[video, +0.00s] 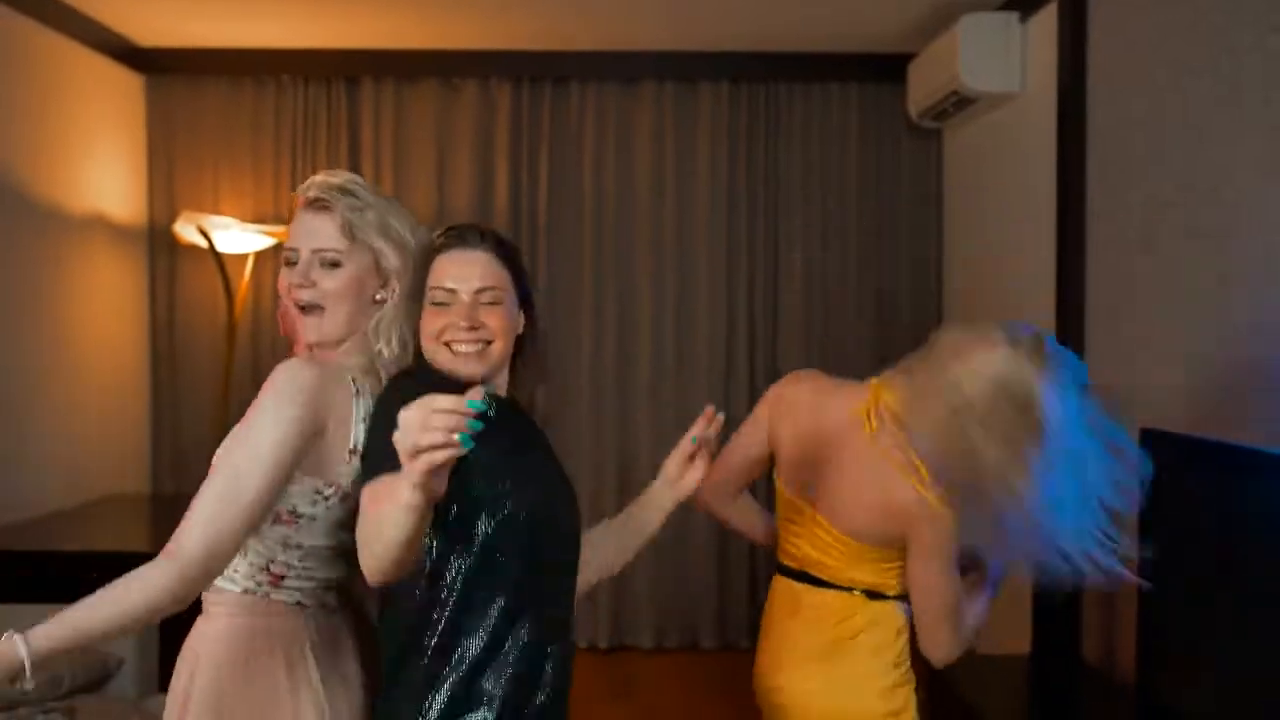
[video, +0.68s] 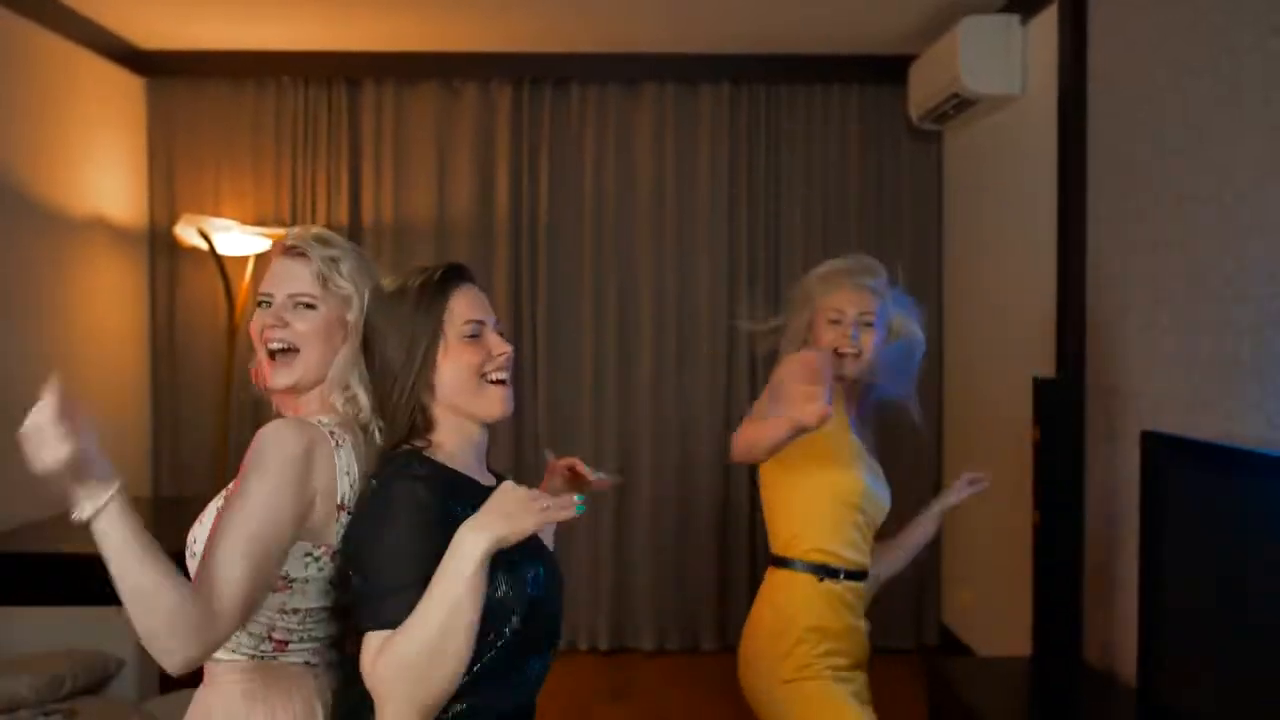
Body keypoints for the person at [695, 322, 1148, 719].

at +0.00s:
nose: (998, 465)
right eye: (1003, 451)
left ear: (941, 362)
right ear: (981, 437)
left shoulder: (797, 396)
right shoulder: (924, 499)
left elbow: (716, 489)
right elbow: (941, 646)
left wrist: (790, 543)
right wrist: (983, 587)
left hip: (780, 660)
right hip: (861, 684)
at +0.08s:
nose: (976, 369)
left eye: (982, 354)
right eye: (976, 353)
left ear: (887, 302)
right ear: (947, 349)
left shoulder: (799, 378)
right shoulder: (903, 434)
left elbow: (727, 479)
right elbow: (926, 597)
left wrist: (805, 520)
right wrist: (997, 520)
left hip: (788, 630)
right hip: (855, 657)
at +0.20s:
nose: (919, 285)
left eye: (927, 272)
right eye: (898, 269)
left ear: (940, 285)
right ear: (851, 285)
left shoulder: (817, 372)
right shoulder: (878, 389)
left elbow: (754, 488)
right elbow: (917, 548)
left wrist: (842, 515)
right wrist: (987, 452)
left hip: (793, 620)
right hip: (838, 642)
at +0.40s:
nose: (876, 322)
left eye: (889, 312)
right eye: (858, 306)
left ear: (900, 328)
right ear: (821, 320)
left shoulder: (807, 393)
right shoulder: (834, 393)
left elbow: (785, 544)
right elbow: (860, 521)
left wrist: (886, 509)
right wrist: (950, 422)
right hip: (823, 659)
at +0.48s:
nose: (867, 304)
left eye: (882, 292)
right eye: (850, 286)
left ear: (896, 309)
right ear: (815, 297)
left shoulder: (848, 378)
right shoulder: (819, 363)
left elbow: (831, 487)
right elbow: (816, 474)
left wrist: (888, 487)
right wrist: (926, 411)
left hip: (846, 621)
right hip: (814, 622)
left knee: (885, 708)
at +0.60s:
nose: (853, 309)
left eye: (869, 298)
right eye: (837, 294)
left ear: (887, 313)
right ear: (811, 304)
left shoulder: (853, 394)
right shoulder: (814, 345)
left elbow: (861, 532)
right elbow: (777, 434)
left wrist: (918, 495)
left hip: (852, 619)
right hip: (802, 618)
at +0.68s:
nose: (849, 336)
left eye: (866, 324)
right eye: (835, 321)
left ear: (884, 341)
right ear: (810, 328)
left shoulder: (851, 428)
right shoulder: (802, 376)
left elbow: (868, 572)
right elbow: (741, 447)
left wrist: (939, 507)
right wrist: (797, 422)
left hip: (844, 647)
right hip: (794, 647)